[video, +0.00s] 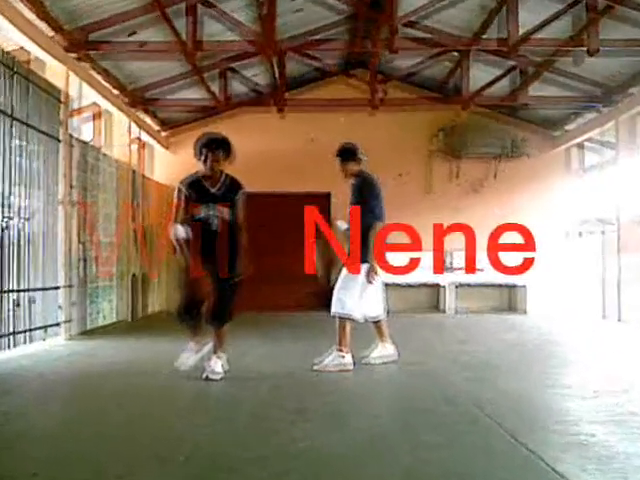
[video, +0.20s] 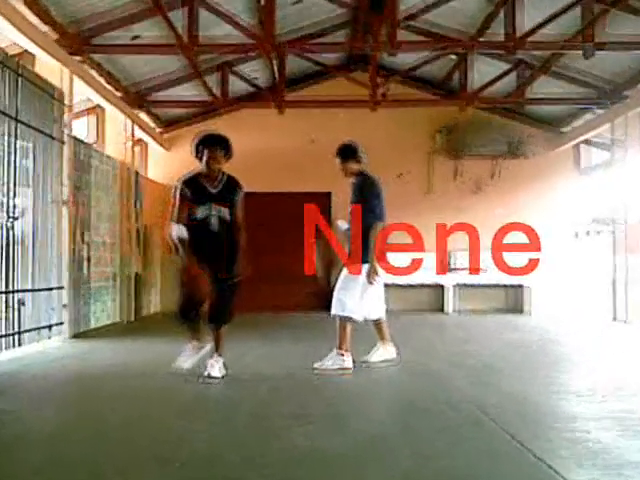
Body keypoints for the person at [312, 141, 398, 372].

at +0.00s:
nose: (342, 171)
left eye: (343, 166)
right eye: (341, 166)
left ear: (351, 163)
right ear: (353, 163)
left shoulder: (366, 183)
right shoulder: (359, 184)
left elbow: (376, 223)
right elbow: (362, 223)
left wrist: (373, 260)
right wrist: (345, 228)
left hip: (364, 259)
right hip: (361, 257)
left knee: (343, 300)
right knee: (372, 303)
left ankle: (342, 352)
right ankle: (385, 344)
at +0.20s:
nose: (341, 170)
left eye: (342, 164)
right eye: (341, 165)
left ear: (352, 162)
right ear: (353, 162)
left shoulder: (368, 183)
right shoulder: (359, 184)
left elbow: (377, 223)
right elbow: (363, 222)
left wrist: (373, 260)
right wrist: (347, 227)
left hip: (364, 259)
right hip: (361, 257)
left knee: (343, 301)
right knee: (373, 303)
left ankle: (342, 353)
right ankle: (386, 345)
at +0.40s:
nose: (342, 167)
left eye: (343, 162)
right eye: (341, 162)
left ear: (353, 160)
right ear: (354, 161)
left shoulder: (369, 182)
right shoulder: (360, 183)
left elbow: (379, 223)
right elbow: (364, 222)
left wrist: (375, 261)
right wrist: (347, 227)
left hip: (365, 260)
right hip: (363, 258)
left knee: (344, 303)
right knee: (376, 305)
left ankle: (343, 356)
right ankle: (388, 348)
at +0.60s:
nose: (368, 175)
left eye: (371, 171)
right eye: (364, 171)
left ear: (377, 170)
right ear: (360, 172)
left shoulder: (389, 191)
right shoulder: (359, 194)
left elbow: (404, 222)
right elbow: (353, 225)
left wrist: (414, 251)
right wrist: (346, 247)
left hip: (379, 253)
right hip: (363, 252)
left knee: (355, 289)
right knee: (377, 294)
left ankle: (358, 335)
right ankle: (380, 337)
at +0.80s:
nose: (380, 176)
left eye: (383, 171)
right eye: (376, 172)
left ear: (389, 171)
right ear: (372, 173)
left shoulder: (401, 190)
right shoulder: (371, 197)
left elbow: (421, 203)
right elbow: (359, 219)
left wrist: (436, 194)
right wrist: (339, 226)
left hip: (393, 254)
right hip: (375, 254)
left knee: (380, 296)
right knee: (368, 297)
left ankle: (412, 335)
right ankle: (379, 338)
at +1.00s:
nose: (393, 165)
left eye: (396, 160)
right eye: (389, 161)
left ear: (403, 161)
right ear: (385, 163)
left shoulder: (419, 179)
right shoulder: (385, 187)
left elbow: (444, 183)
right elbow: (368, 205)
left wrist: (460, 172)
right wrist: (339, 208)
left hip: (414, 248)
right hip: (393, 249)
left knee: (410, 295)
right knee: (390, 293)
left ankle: (424, 338)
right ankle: (394, 334)